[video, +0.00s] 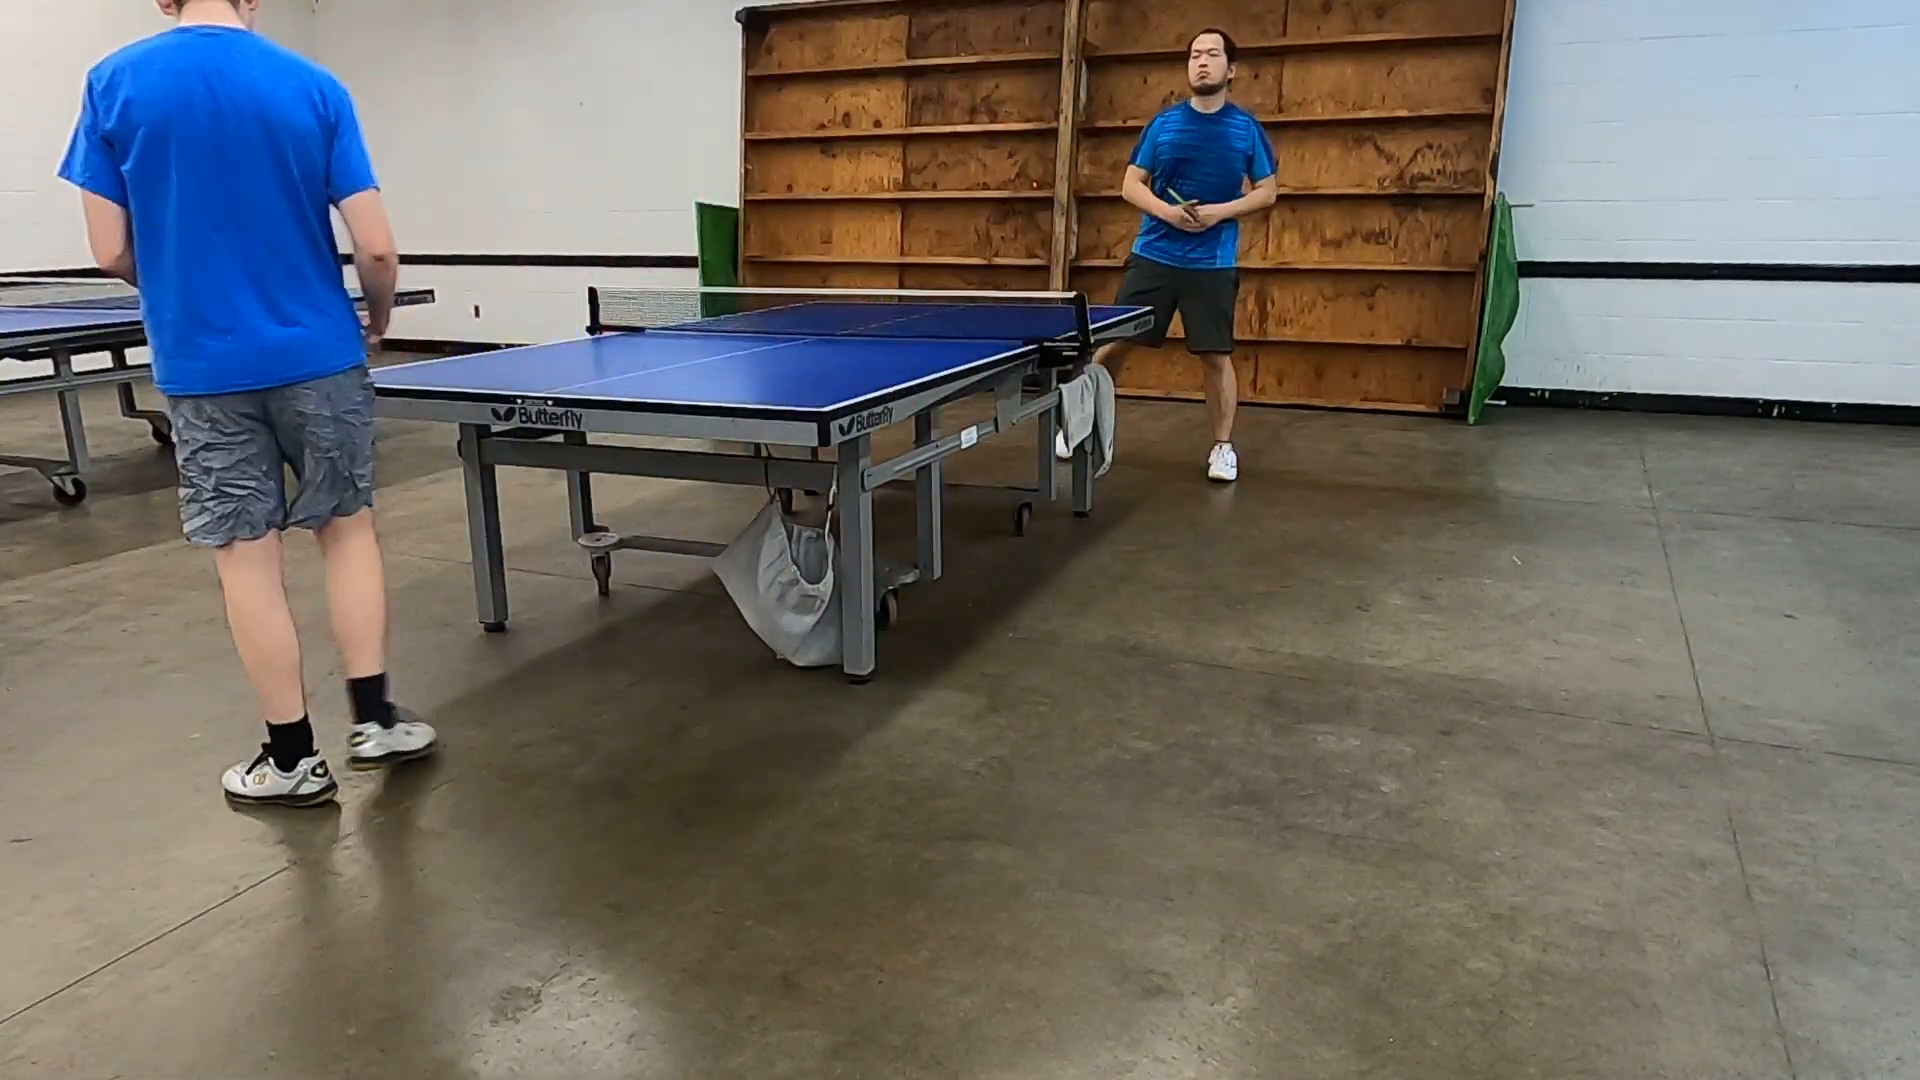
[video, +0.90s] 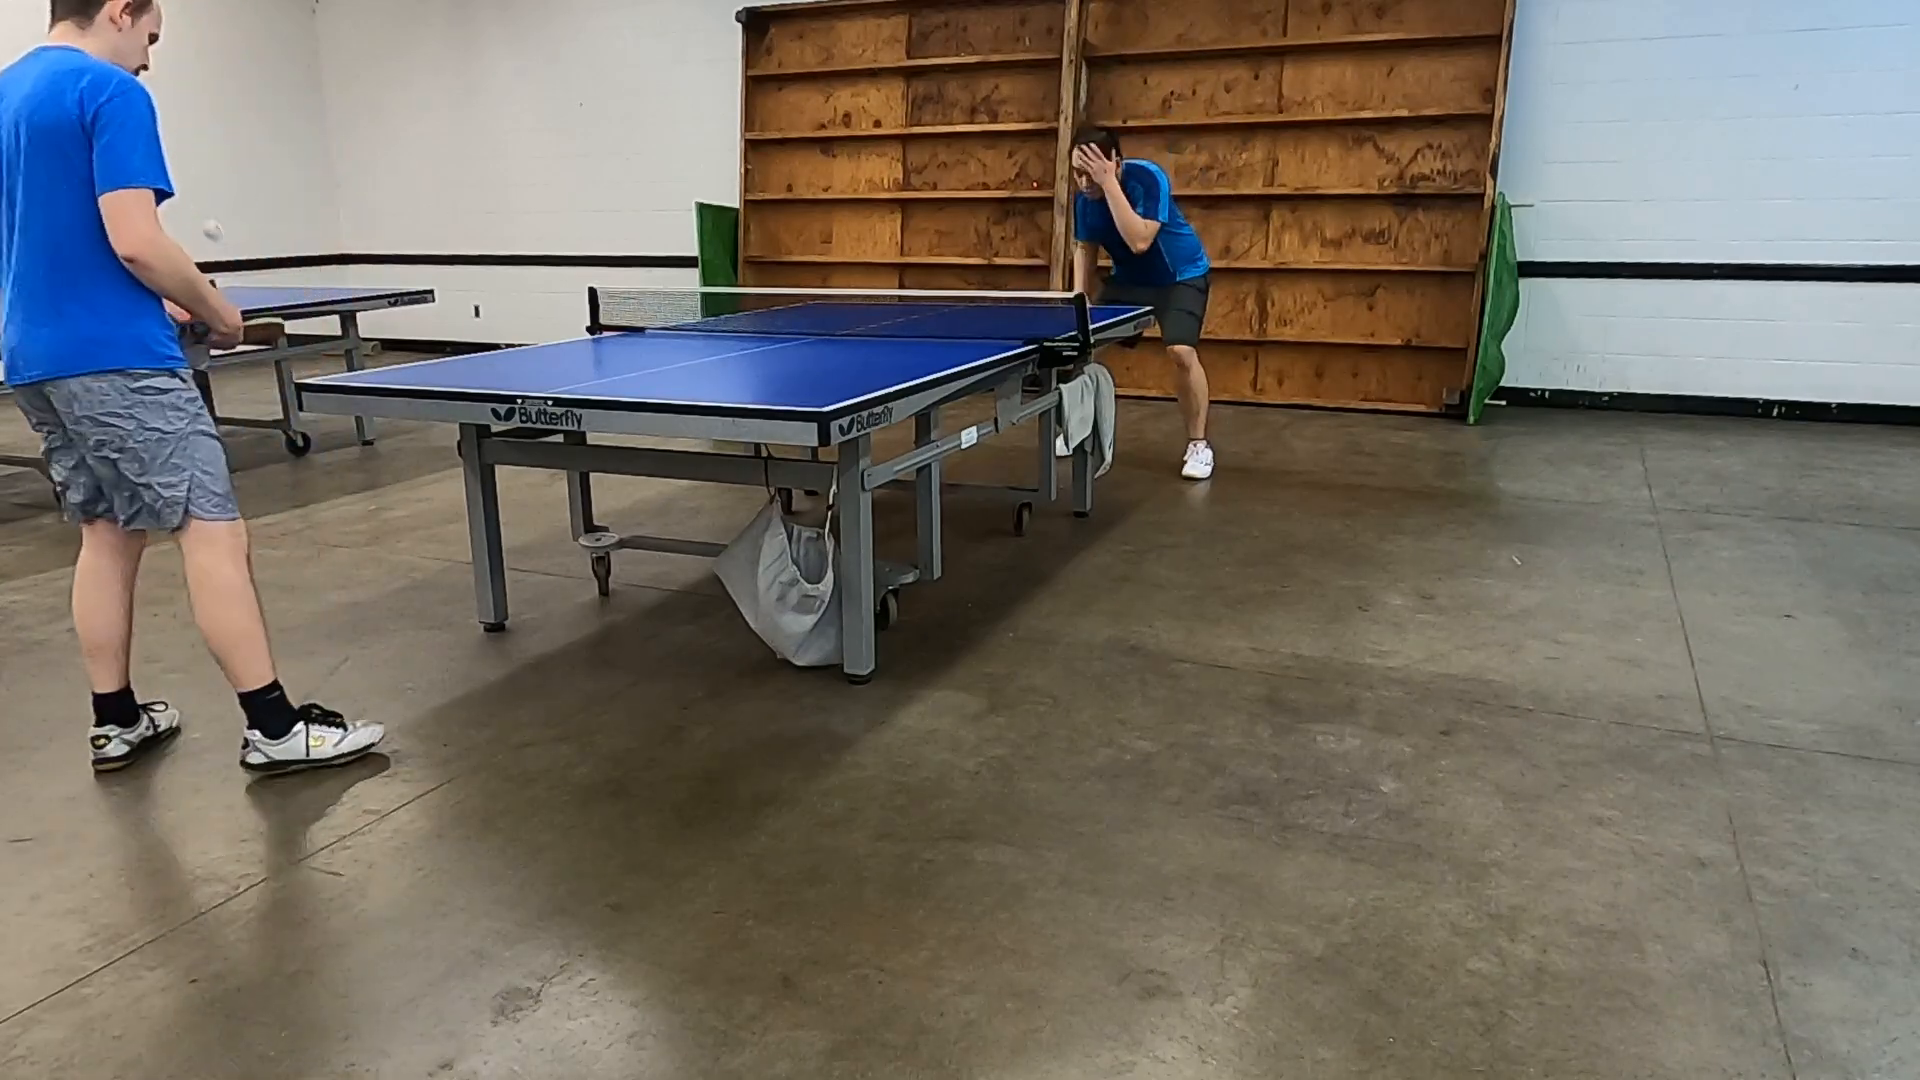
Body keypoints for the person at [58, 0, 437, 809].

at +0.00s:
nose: (157, 20)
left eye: (157, 14)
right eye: (257, 12)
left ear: (163, 7)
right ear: (250, 5)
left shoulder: (117, 80)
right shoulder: (311, 83)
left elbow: (113, 252)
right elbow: (378, 250)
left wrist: (178, 280)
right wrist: (376, 316)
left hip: (202, 364)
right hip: (314, 352)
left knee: (247, 556)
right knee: (347, 523)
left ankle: (294, 757)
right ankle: (375, 719)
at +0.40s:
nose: (230, 26)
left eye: (225, 18)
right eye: (231, 17)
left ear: (134, 9)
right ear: (219, 11)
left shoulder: (70, 91)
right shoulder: (249, 98)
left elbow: (62, 249)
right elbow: (298, 258)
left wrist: (132, 246)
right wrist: (324, 316)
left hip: (146, 361)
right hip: (250, 355)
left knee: (177, 509)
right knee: (287, 530)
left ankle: (177, 699)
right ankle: (306, 724)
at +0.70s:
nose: (174, 51)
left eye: (178, 33)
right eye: (175, 29)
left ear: (93, 13)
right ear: (144, 11)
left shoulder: (19, 96)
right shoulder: (146, 96)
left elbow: (15, 249)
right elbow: (183, 252)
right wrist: (259, 321)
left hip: (66, 365)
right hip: (158, 359)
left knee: (119, 524)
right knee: (247, 524)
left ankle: (116, 721)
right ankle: (302, 722)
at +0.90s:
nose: (149, 57)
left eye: (154, 41)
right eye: (150, 35)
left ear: (80, 14)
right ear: (116, 11)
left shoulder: (14, 87)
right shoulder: (110, 89)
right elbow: (138, 240)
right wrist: (217, 310)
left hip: (34, 356)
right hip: (113, 350)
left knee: (108, 525)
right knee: (212, 523)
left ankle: (116, 721)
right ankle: (275, 723)